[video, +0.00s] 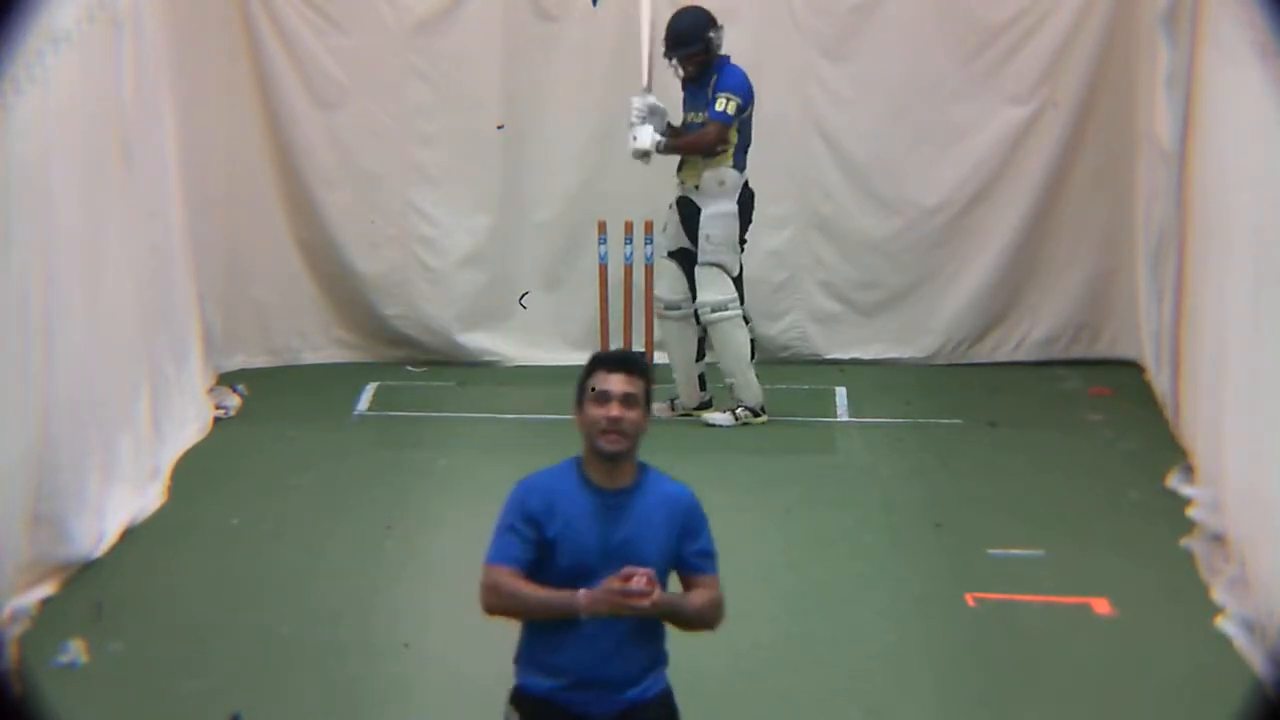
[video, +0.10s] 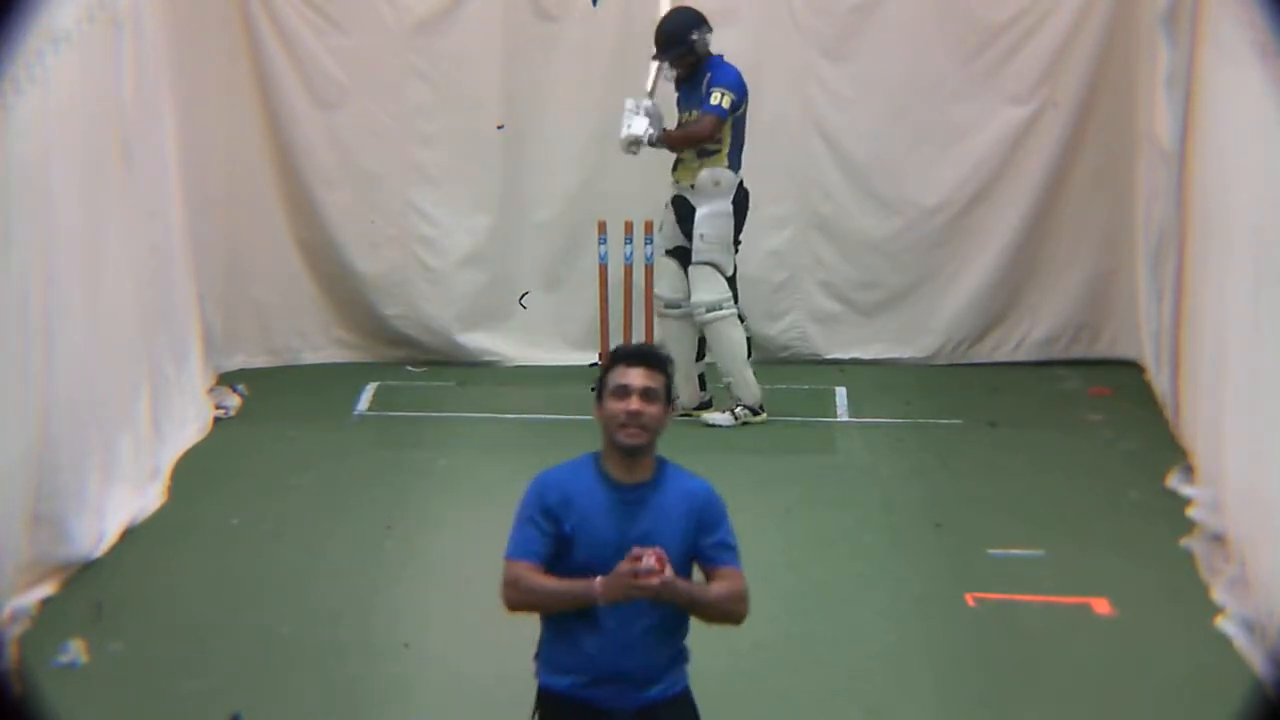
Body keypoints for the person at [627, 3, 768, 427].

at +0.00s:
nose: (682, 66)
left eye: (688, 57)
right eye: (677, 59)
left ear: (708, 48)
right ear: (675, 54)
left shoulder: (731, 79)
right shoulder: (693, 82)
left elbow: (714, 139)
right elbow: (693, 136)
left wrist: (662, 141)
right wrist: (662, 123)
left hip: (721, 202)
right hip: (689, 201)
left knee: (716, 298)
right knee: (674, 298)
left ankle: (749, 402)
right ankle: (691, 398)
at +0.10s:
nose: (671, 66)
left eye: (675, 57)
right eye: (668, 59)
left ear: (695, 46)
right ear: (677, 51)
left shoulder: (724, 76)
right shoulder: (688, 83)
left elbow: (707, 130)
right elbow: (690, 139)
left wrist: (656, 136)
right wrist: (655, 127)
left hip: (717, 200)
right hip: (684, 199)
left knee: (710, 297)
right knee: (672, 297)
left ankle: (748, 402)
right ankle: (689, 397)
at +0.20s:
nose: (662, 68)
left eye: (665, 58)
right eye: (659, 61)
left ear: (686, 45)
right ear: (676, 48)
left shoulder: (720, 76)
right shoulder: (678, 85)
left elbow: (707, 123)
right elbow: (686, 142)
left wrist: (660, 133)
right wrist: (653, 134)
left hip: (713, 199)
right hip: (680, 199)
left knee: (701, 295)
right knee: (670, 297)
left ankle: (745, 399)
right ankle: (689, 396)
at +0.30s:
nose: (657, 68)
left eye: (659, 58)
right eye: (653, 61)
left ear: (682, 44)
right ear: (669, 50)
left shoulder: (715, 74)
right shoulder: (679, 84)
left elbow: (711, 113)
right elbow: (687, 140)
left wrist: (665, 128)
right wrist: (655, 147)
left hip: (710, 198)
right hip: (680, 198)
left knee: (690, 292)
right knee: (671, 294)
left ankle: (742, 395)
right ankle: (691, 389)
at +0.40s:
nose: (653, 69)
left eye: (655, 59)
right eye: (649, 62)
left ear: (676, 46)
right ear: (667, 51)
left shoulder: (709, 70)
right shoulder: (675, 87)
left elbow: (716, 106)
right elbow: (670, 146)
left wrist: (669, 130)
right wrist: (625, 171)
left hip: (710, 198)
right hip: (678, 198)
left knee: (680, 289)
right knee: (669, 291)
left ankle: (736, 392)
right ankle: (677, 387)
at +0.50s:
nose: (652, 70)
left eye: (653, 61)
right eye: (647, 64)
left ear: (673, 48)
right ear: (662, 54)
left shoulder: (707, 69)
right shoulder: (672, 91)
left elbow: (720, 107)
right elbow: (676, 155)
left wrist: (672, 139)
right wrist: (649, 165)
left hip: (710, 195)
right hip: (678, 197)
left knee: (680, 287)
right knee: (670, 291)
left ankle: (734, 390)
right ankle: (688, 389)